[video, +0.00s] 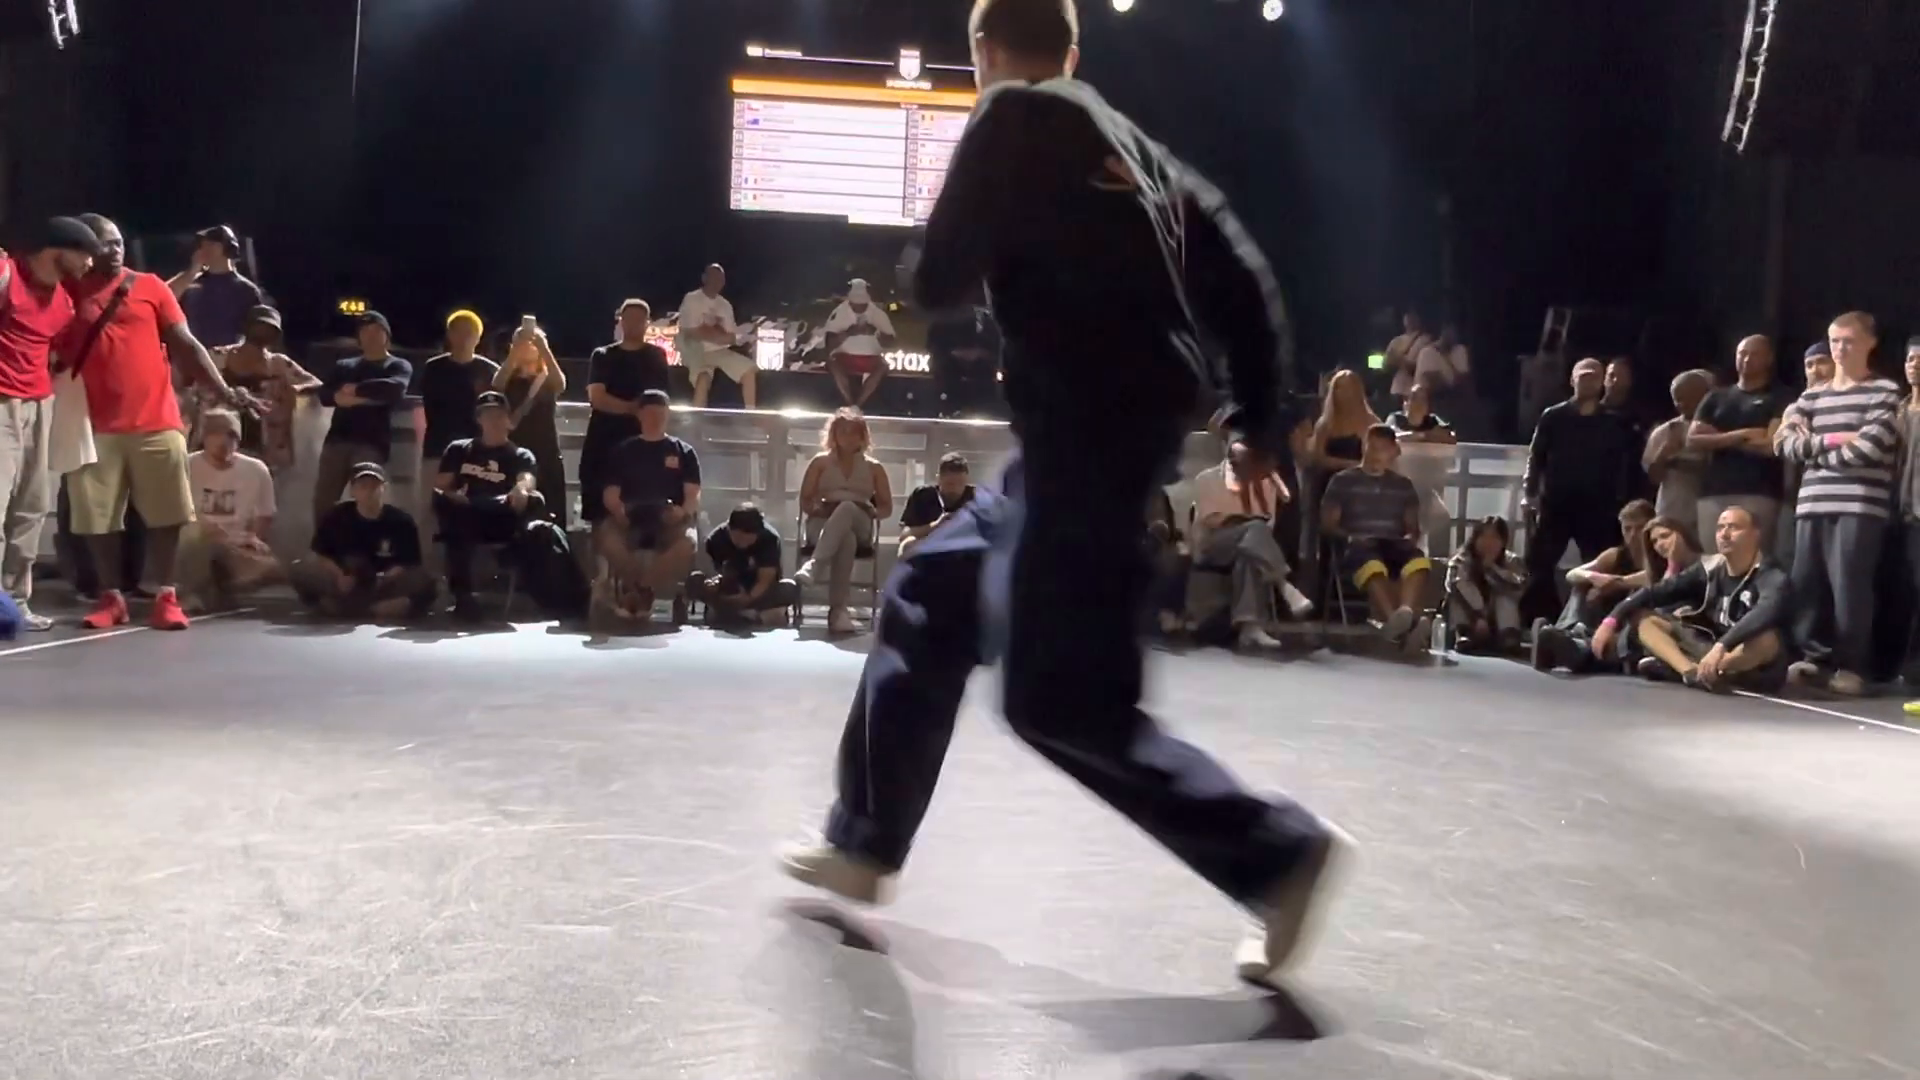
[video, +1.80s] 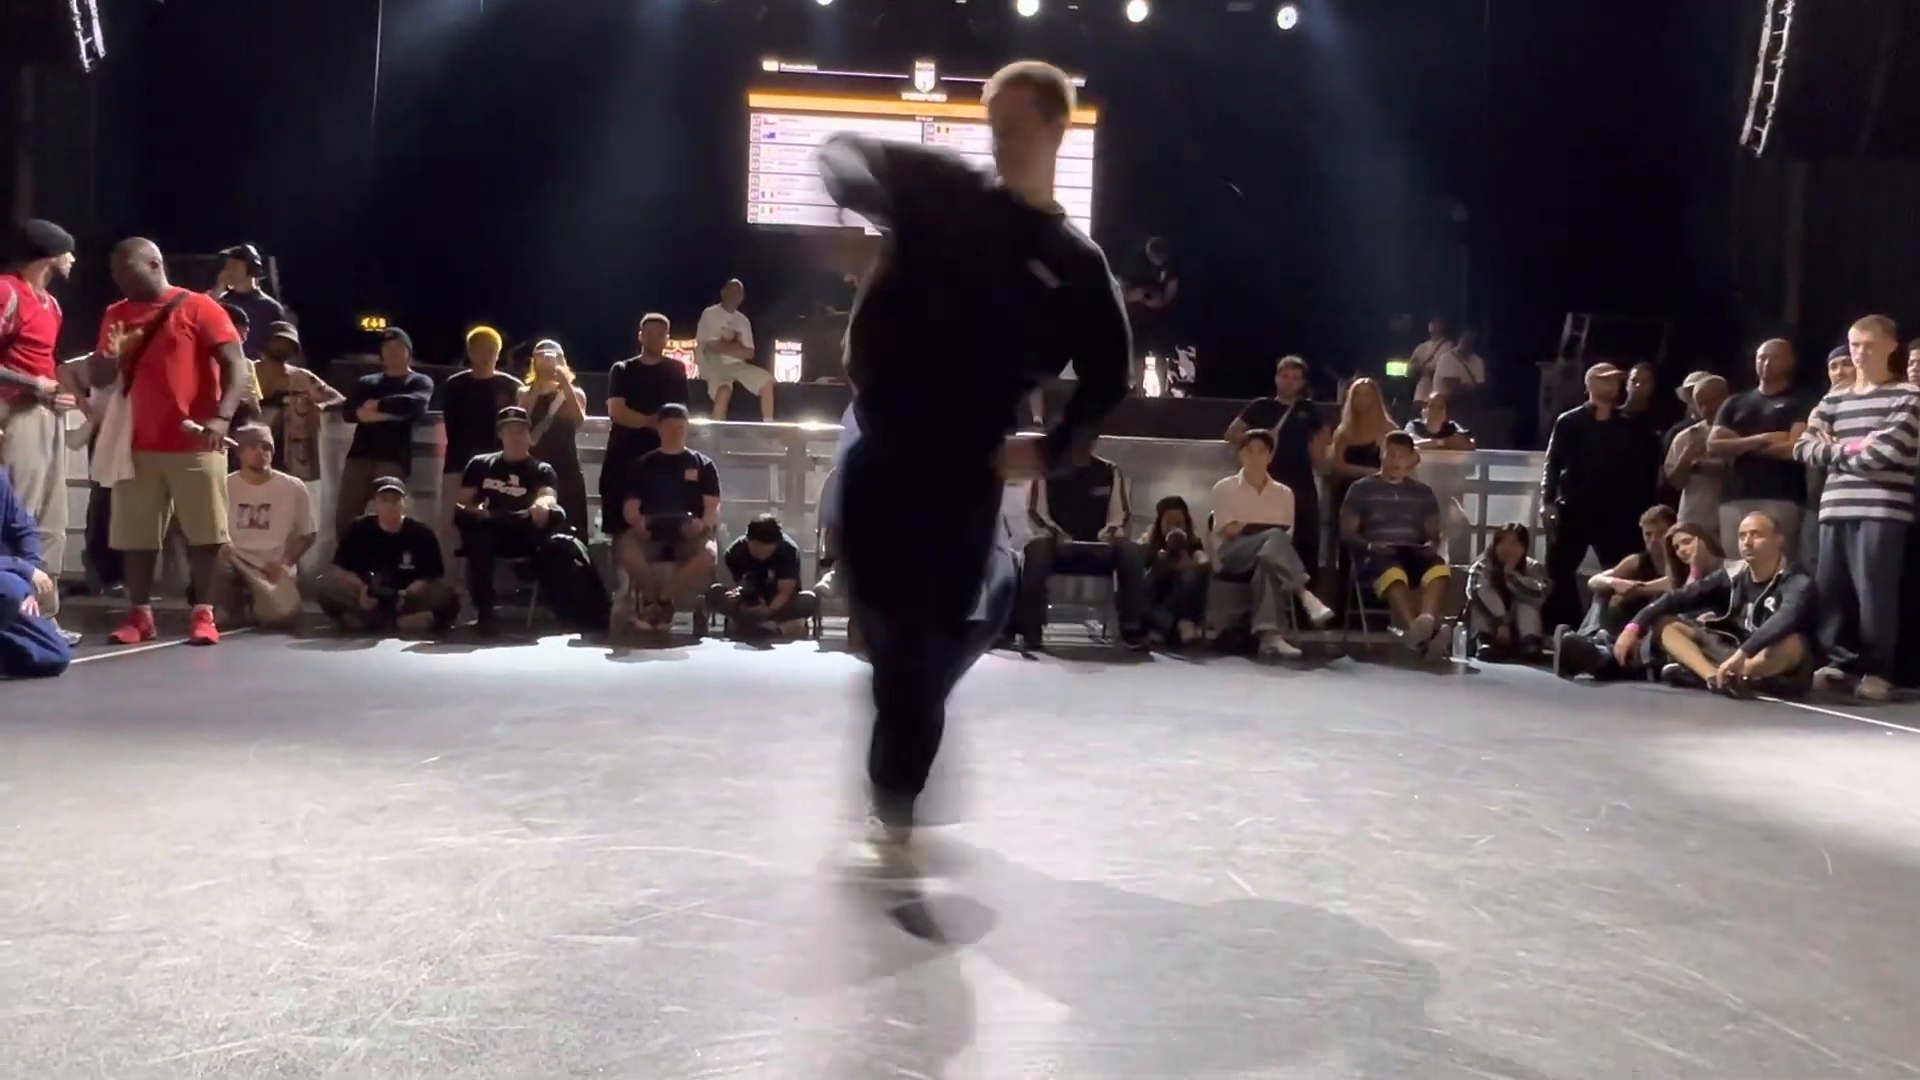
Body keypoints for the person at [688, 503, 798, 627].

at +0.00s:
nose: (741, 542)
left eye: (747, 538)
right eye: (738, 537)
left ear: (756, 533)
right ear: (731, 529)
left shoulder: (769, 539)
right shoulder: (714, 541)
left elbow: (766, 579)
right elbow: (722, 573)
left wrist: (748, 598)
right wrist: (715, 582)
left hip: (760, 584)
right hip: (731, 585)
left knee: (790, 588)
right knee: (695, 582)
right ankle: (756, 616)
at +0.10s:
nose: (744, 548)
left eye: (750, 544)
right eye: (740, 543)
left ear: (759, 539)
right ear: (733, 536)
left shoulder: (772, 545)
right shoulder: (717, 547)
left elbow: (768, 585)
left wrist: (751, 604)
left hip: (761, 591)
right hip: (732, 592)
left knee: (791, 593)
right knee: (696, 588)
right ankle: (751, 621)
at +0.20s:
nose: (747, 555)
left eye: (753, 551)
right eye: (743, 550)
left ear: (762, 546)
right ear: (736, 542)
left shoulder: (775, 551)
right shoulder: (720, 553)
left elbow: (771, 592)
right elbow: (727, 584)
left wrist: (755, 611)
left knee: (792, 598)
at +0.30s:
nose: (749, 558)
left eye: (754, 554)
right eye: (745, 553)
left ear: (763, 547)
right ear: (737, 545)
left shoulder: (775, 553)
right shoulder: (720, 555)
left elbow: (772, 594)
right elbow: (730, 589)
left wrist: (754, 613)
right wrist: (721, 597)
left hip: (766, 597)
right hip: (738, 600)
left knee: (796, 602)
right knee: (701, 597)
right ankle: (761, 630)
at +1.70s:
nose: (760, 554)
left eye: (765, 550)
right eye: (756, 549)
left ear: (774, 544)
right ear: (748, 542)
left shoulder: (787, 552)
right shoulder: (733, 554)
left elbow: (785, 592)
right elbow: (743, 586)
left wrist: (767, 612)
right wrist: (736, 595)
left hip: (777, 597)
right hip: (749, 599)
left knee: (809, 601)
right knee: (713, 595)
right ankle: (774, 629)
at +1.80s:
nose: (761, 553)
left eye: (767, 548)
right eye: (757, 548)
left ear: (775, 543)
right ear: (749, 541)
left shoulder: (788, 551)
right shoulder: (734, 553)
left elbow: (785, 592)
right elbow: (744, 586)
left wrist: (769, 610)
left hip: (778, 597)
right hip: (750, 598)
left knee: (810, 599)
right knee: (715, 593)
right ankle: (776, 627)